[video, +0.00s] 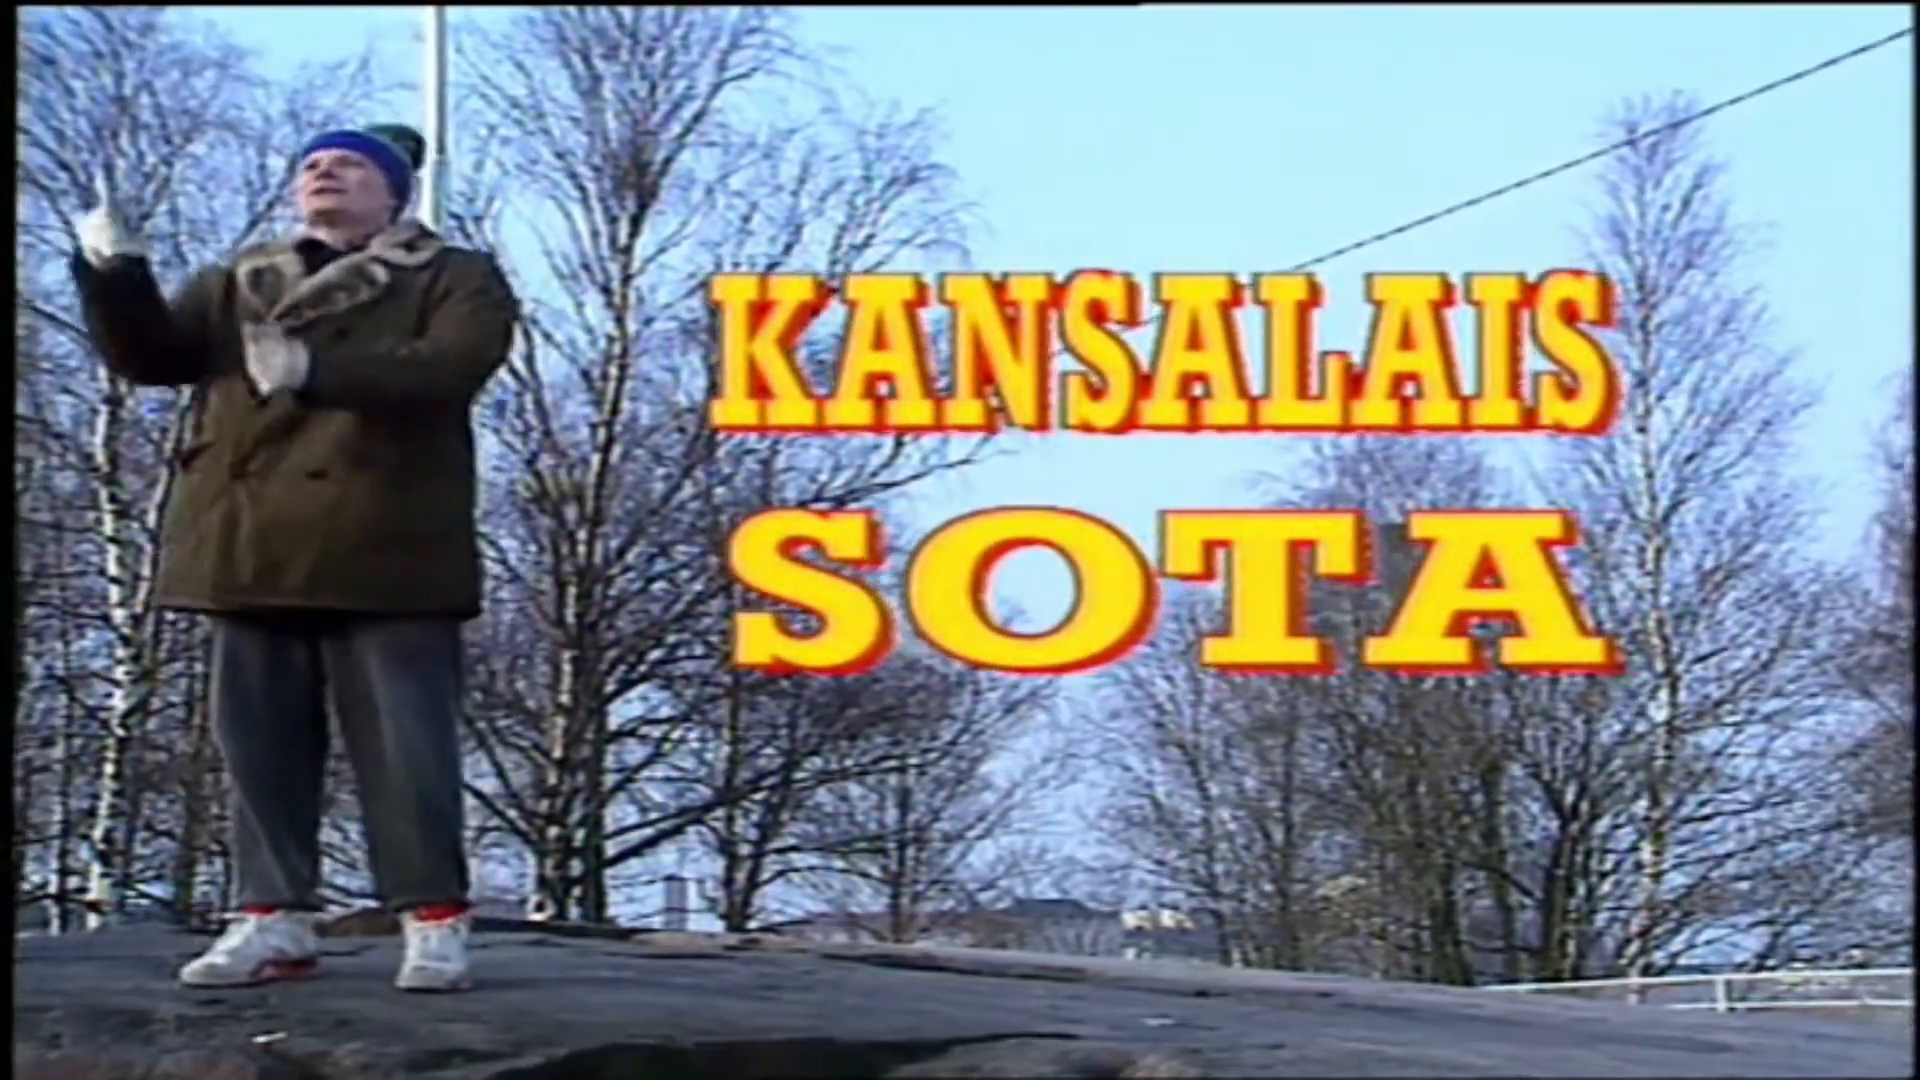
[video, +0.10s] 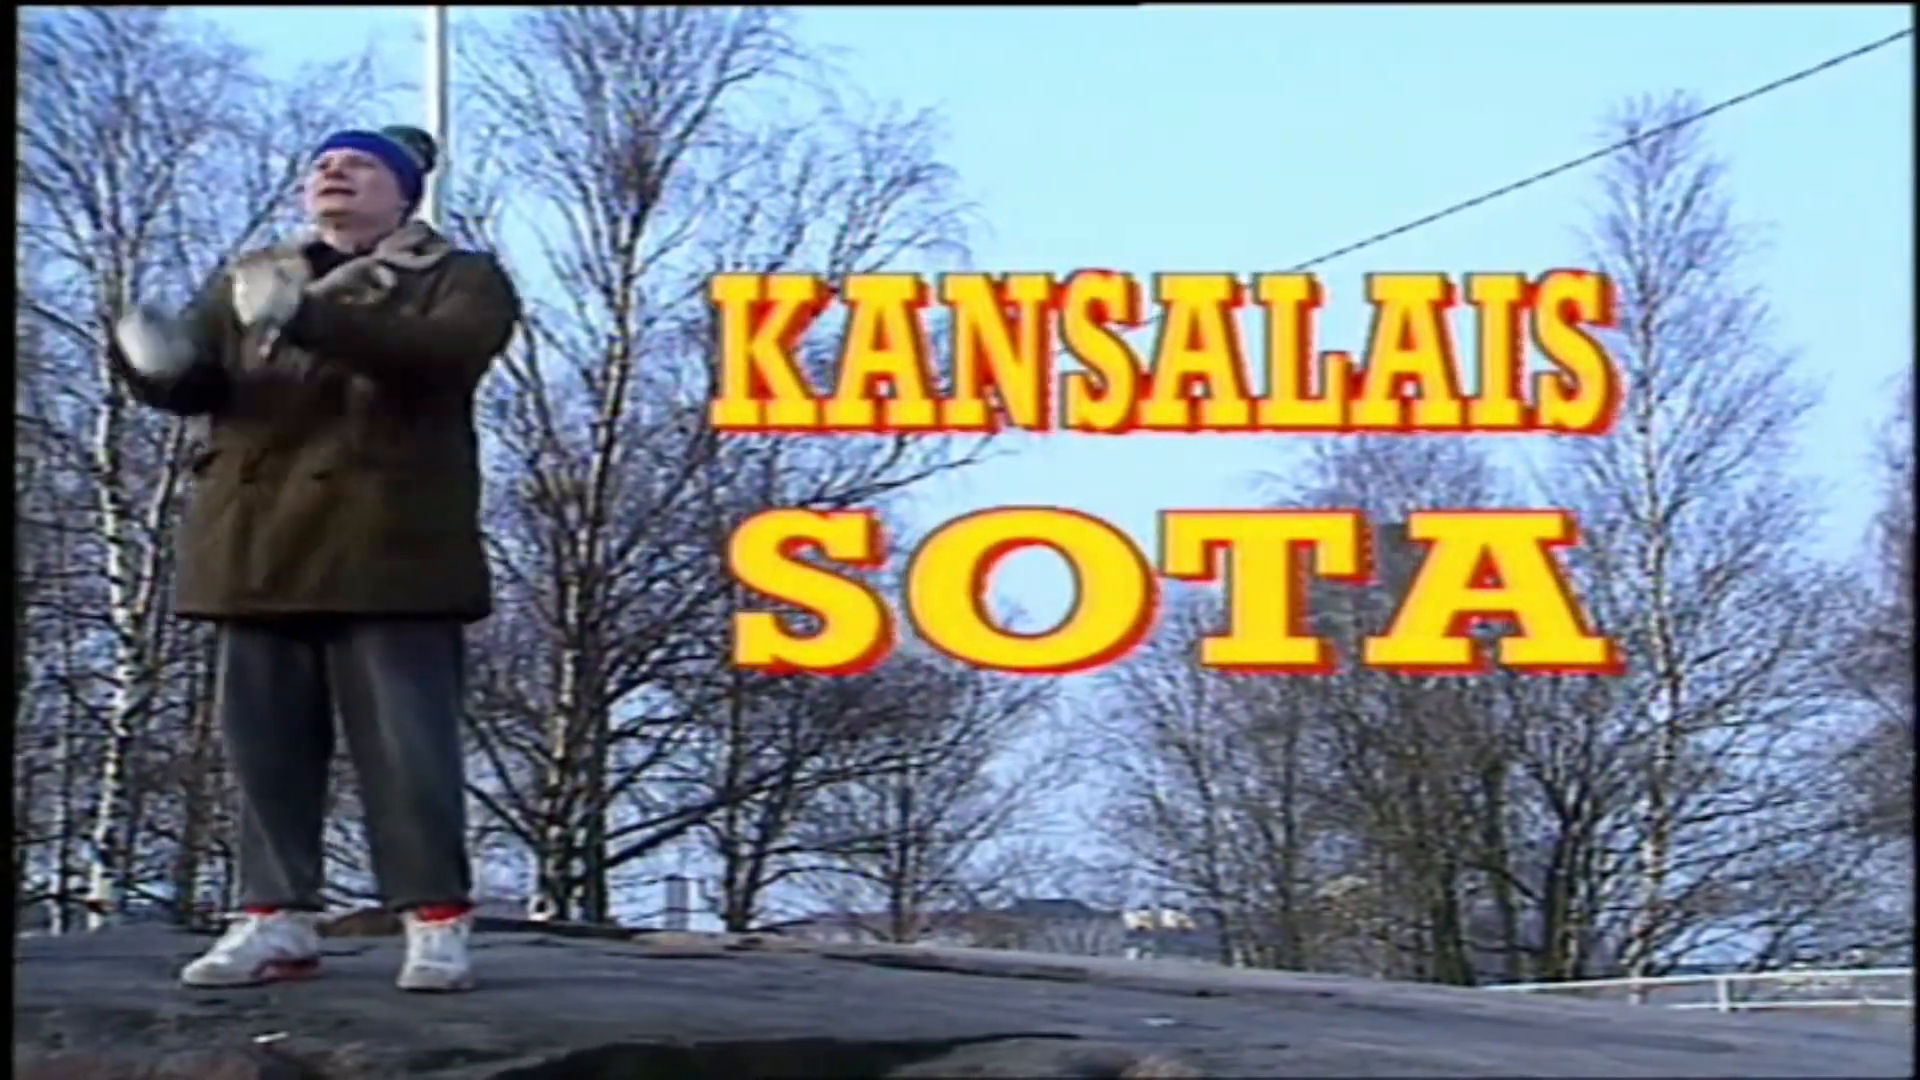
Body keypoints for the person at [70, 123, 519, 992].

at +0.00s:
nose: (321, 172)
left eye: (345, 163)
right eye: (310, 166)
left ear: (396, 193)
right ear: (292, 198)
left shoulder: (456, 275)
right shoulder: (246, 280)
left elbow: (447, 373)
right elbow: (151, 355)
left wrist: (315, 365)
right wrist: (114, 272)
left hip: (391, 561)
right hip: (253, 560)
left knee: (405, 747)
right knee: (259, 745)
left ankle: (434, 920)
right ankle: (276, 918)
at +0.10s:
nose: (332, 175)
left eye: (356, 166)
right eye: (321, 167)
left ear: (407, 194)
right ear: (303, 195)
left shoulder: (461, 275)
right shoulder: (255, 275)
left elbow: (446, 353)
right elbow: (198, 383)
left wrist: (308, 314)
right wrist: (162, 366)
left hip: (394, 554)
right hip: (259, 552)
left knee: (406, 744)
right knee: (265, 744)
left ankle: (436, 919)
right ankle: (279, 917)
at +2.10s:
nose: (367, 178)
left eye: (393, 169)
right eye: (362, 174)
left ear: (444, 208)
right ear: (347, 210)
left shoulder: (494, 282)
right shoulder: (292, 283)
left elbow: (490, 383)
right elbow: (165, 337)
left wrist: (379, 405)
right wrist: (163, 249)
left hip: (424, 561)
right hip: (294, 561)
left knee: (433, 742)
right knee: (293, 738)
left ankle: (458, 921)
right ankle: (302, 918)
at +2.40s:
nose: (391, 179)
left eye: (417, 172)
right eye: (389, 172)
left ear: (465, 214)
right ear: (371, 205)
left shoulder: (506, 285)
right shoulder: (319, 274)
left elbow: (477, 351)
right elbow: (230, 374)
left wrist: (342, 305)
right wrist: (201, 343)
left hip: (422, 555)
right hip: (295, 549)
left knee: (434, 741)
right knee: (295, 740)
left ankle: (459, 919)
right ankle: (303, 918)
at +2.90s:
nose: (378, 170)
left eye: (404, 163)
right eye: (379, 164)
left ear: (455, 202)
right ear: (370, 201)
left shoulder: (515, 286)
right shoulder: (306, 283)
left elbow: (508, 388)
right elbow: (170, 322)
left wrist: (392, 411)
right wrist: (167, 225)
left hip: (437, 566)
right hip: (309, 564)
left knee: (444, 747)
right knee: (301, 742)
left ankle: (462, 921)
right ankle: (305, 919)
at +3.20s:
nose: (367, 180)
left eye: (391, 169)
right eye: (366, 173)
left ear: (446, 197)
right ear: (364, 203)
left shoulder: (507, 280)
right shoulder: (315, 279)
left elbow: (495, 356)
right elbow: (204, 358)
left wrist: (345, 333)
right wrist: (194, 282)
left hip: (436, 554)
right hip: (306, 550)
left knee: (443, 745)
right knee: (302, 740)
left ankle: (462, 920)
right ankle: (305, 918)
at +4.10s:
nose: (380, 174)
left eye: (404, 166)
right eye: (374, 168)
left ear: (454, 204)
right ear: (360, 192)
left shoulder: (498, 276)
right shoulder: (300, 283)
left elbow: (489, 310)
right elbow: (239, 393)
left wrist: (343, 246)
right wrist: (234, 367)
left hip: (432, 543)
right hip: (305, 542)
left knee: (440, 737)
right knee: (300, 734)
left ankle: (461, 919)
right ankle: (305, 918)